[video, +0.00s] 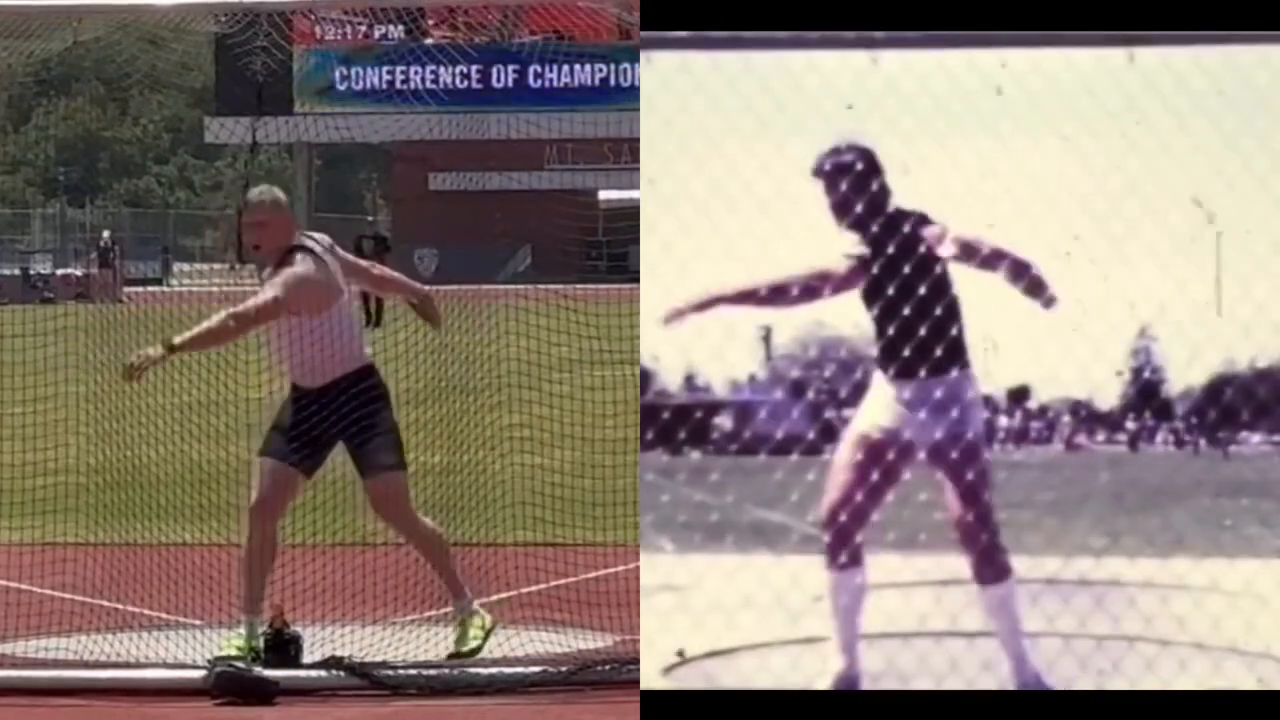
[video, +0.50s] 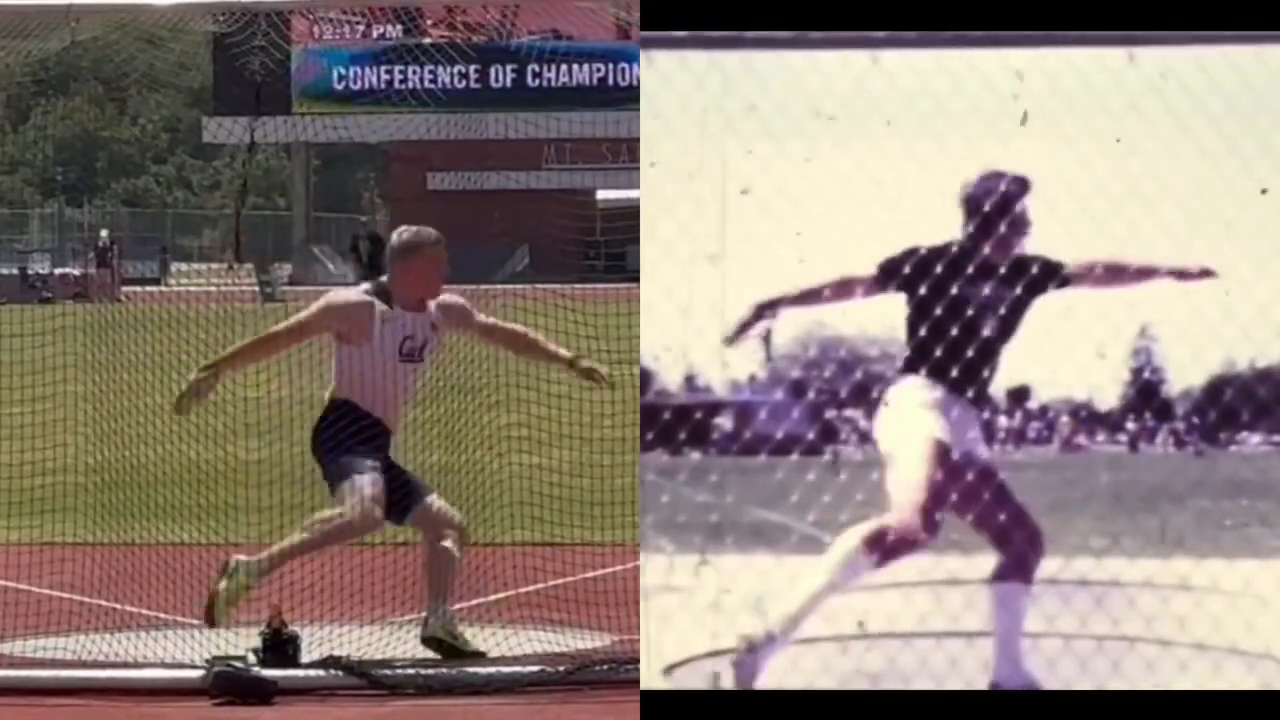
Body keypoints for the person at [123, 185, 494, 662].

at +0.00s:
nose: (252, 237)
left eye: (262, 226)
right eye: (247, 227)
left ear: (288, 226)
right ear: (244, 230)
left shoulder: (303, 273)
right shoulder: (314, 243)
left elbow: (240, 320)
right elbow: (368, 273)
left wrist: (167, 349)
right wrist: (417, 292)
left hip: (357, 395)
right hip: (306, 401)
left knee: (393, 506)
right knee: (263, 508)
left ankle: (469, 610)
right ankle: (250, 632)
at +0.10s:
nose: (280, 240)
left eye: (290, 230)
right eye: (273, 232)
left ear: (310, 231)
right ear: (265, 236)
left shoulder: (329, 274)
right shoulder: (292, 278)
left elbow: (300, 320)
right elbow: (361, 284)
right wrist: (383, 316)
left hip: (366, 399)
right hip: (311, 405)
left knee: (405, 507)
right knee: (266, 506)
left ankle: (458, 617)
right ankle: (250, 631)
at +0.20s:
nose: (323, 246)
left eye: (329, 237)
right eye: (313, 238)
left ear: (339, 235)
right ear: (295, 238)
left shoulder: (355, 278)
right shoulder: (287, 270)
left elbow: (368, 312)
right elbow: (303, 320)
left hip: (371, 404)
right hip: (312, 406)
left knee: (421, 504)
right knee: (268, 506)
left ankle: (444, 627)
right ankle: (251, 631)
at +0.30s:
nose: (369, 254)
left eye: (374, 244)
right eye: (358, 245)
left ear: (379, 246)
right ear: (331, 247)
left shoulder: (392, 288)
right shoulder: (302, 282)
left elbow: (436, 316)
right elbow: (272, 316)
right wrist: (258, 338)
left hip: (377, 423)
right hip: (314, 421)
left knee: (449, 504)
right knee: (273, 510)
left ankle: (427, 628)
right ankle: (248, 634)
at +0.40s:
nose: (414, 259)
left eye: (413, 250)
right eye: (404, 250)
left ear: (408, 255)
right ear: (370, 254)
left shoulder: (426, 297)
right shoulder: (327, 293)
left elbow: (488, 320)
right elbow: (264, 322)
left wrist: (531, 347)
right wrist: (214, 353)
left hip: (377, 437)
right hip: (328, 425)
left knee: (461, 508)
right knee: (309, 509)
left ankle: (437, 621)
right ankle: (222, 613)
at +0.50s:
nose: (443, 276)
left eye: (443, 266)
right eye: (436, 266)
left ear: (425, 271)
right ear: (406, 269)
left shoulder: (442, 311)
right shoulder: (353, 306)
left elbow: (505, 335)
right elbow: (280, 338)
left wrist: (570, 361)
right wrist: (213, 371)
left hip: (377, 450)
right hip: (345, 433)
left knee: (448, 526)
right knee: (364, 512)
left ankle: (438, 624)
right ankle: (251, 571)